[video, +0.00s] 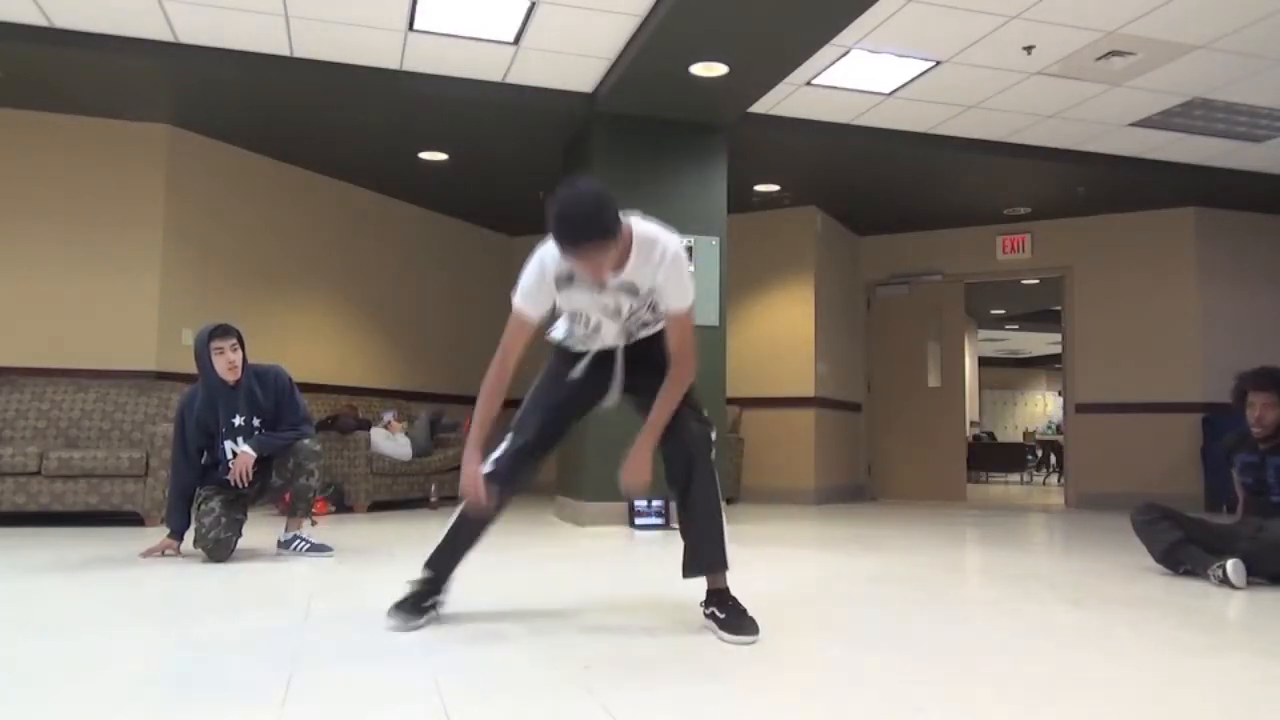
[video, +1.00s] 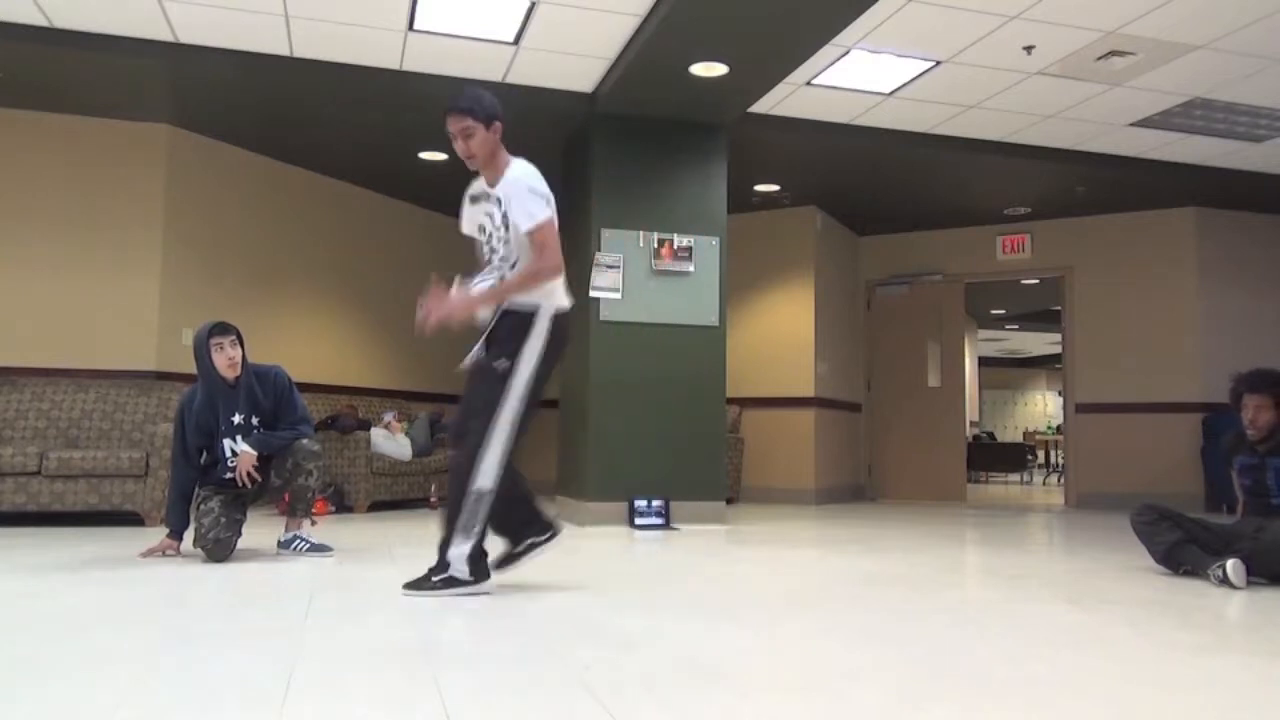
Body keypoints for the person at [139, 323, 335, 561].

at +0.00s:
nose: (230, 358)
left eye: (234, 349)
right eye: (219, 353)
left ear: (243, 352)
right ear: (205, 360)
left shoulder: (273, 380)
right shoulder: (194, 404)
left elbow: (304, 429)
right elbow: (184, 471)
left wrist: (254, 447)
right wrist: (175, 535)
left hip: (265, 476)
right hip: (219, 488)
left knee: (308, 449)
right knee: (215, 549)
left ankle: (292, 534)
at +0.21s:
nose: (231, 358)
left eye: (235, 349)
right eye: (220, 353)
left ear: (243, 351)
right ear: (205, 360)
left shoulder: (273, 380)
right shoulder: (194, 404)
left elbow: (304, 429)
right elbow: (184, 471)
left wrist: (255, 446)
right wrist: (175, 535)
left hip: (266, 476)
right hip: (220, 488)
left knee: (308, 449)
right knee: (215, 549)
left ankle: (292, 535)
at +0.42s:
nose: (232, 356)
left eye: (235, 347)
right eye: (220, 351)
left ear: (243, 350)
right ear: (206, 360)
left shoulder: (273, 380)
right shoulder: (194, 403)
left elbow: (304, 429)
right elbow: (184, 470)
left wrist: (256, 445)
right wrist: (174, 535)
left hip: (267, 476)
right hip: (221, 488)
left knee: (308, 450)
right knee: (216, 549)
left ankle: (292, 534)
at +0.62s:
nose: (232, 356)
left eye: (235, 347)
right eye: (220, 350)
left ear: (243, 350)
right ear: (206, 359)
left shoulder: (273, 380)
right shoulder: (194, 403)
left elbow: (304, 429)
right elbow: (184, 470)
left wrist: (255, 445)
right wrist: (174, 535)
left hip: (267, 476)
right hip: (221, 488)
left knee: (308, 450)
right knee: (216, 549)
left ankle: (292, 534)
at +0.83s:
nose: (231, 355)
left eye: (234, 346)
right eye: (220, 350)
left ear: (243, 349)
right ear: (205, 359)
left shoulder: (272, 380)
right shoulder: (193, 403)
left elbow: (304, 429)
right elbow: (184, 470)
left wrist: (255, 444)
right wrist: (174, 535)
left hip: (266, 477)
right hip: (220, 488)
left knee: (307, 450)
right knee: (216, 549)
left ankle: (292, 534)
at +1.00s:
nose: (231, 354)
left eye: (234, 345)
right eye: (219, 349)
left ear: (242, 349)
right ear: (205, 358)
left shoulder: (272, 380)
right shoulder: (194, 403)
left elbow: (303, 429)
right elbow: (184, 470)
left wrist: (255, 444)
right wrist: (174, 535)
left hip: (266, 477)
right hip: (220, 488)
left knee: (307, 449)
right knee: (215, 549)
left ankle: (292, 535)